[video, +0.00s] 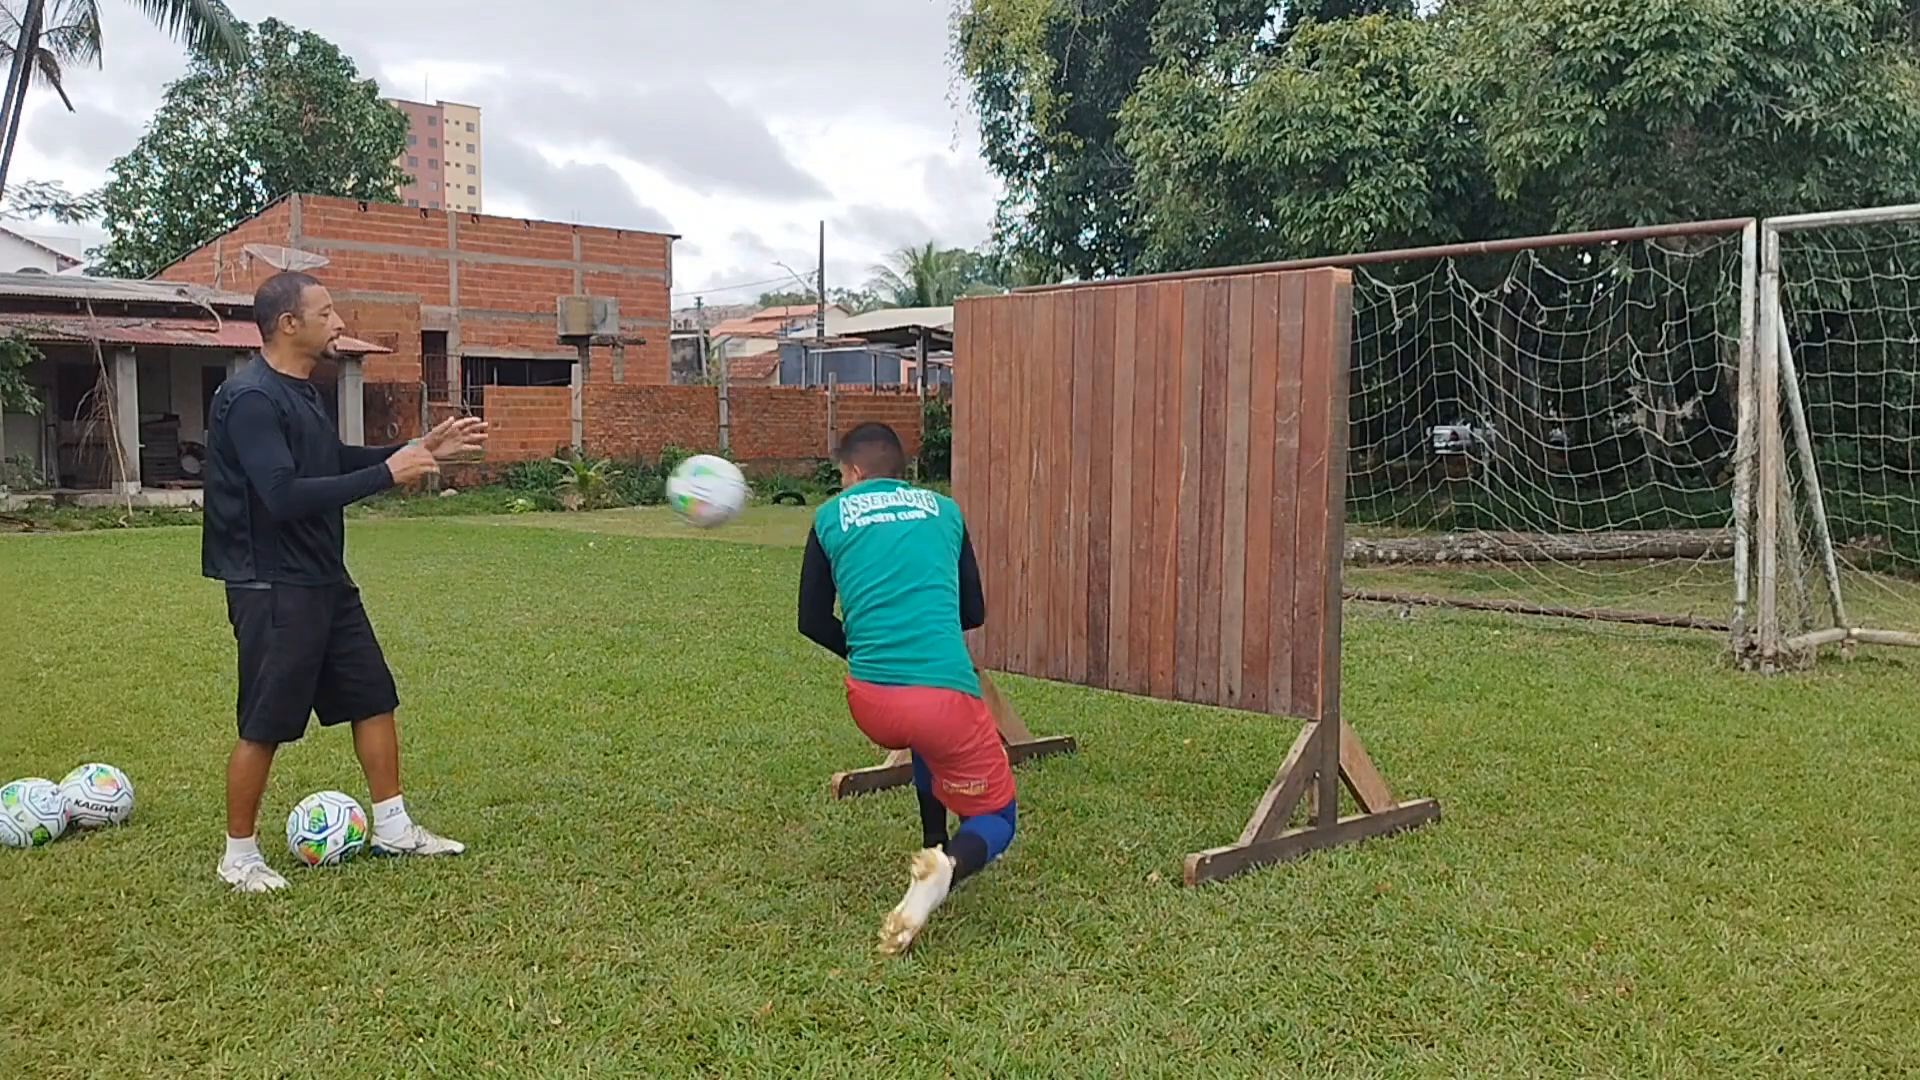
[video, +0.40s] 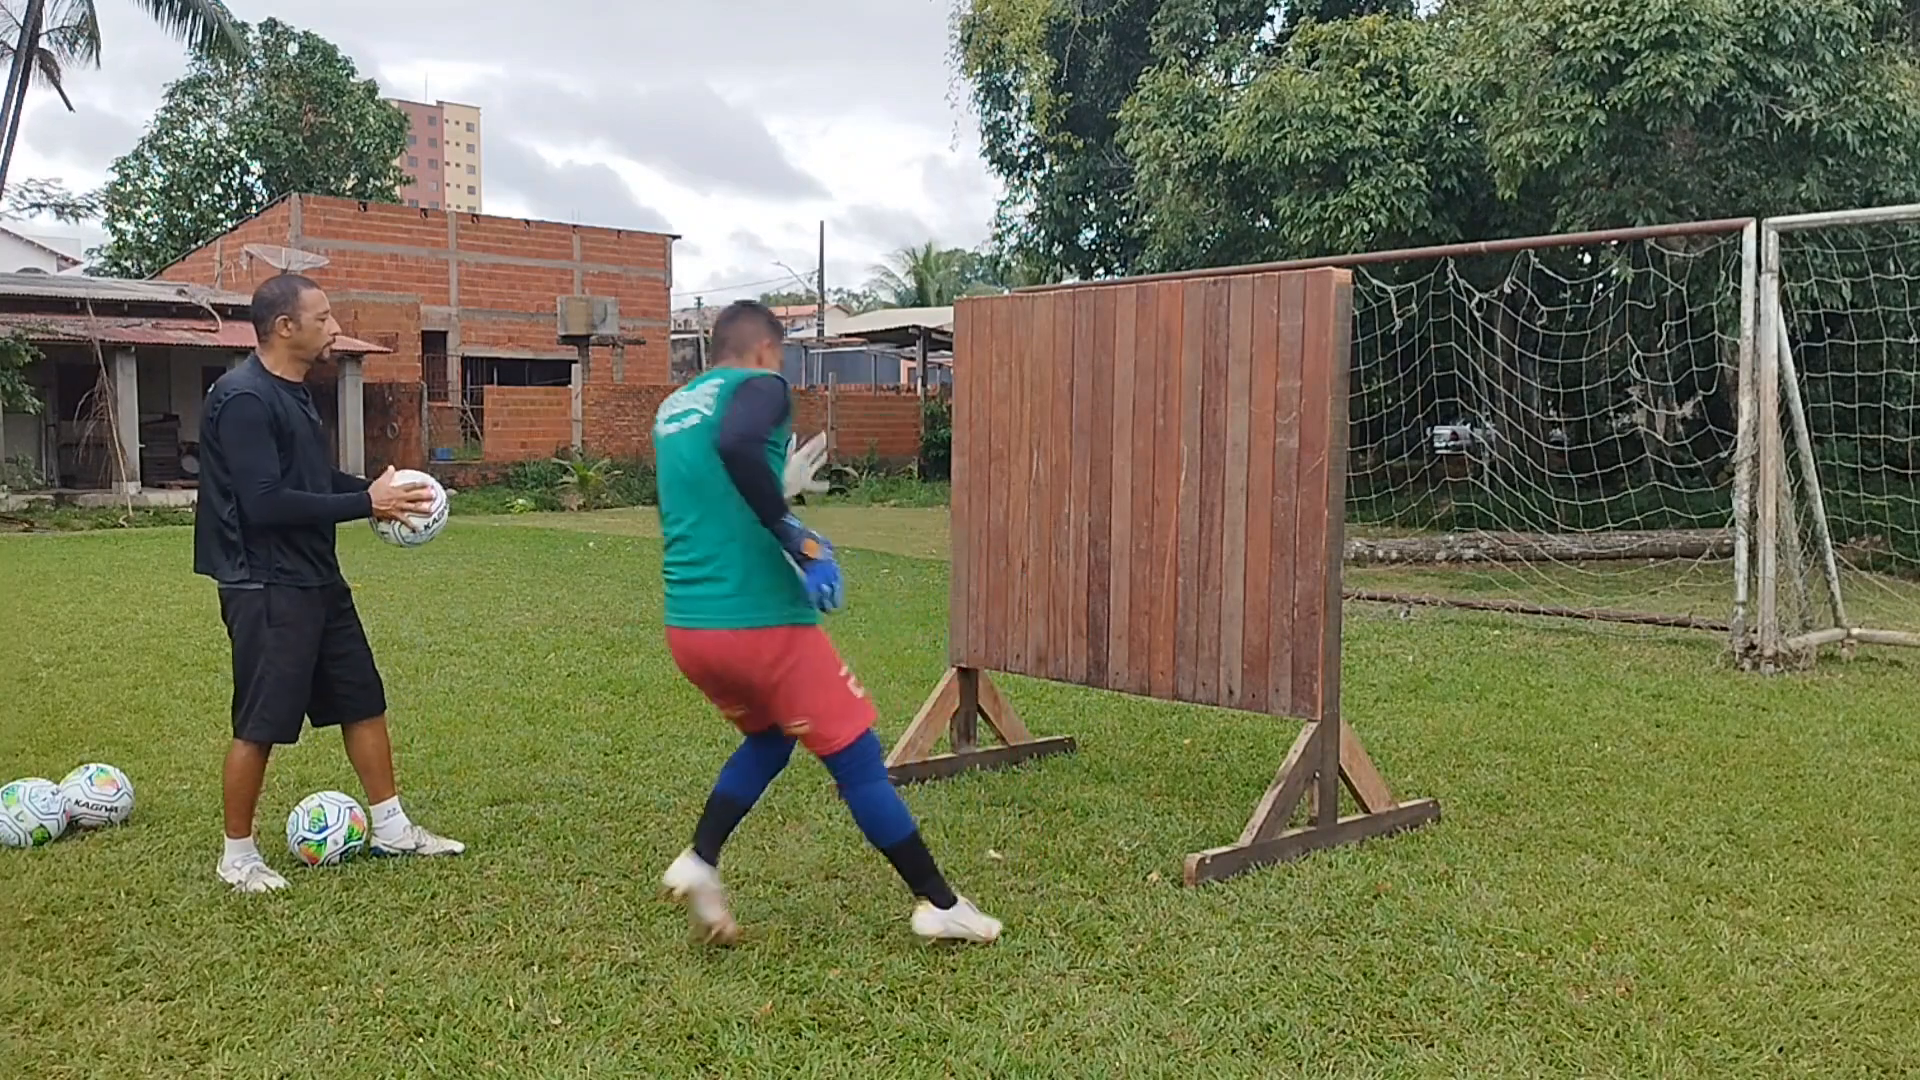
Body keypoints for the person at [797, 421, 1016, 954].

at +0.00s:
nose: (841, 481)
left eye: (841, 473)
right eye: (842, 474)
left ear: (852, 472)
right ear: (902, 469)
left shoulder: (831, 516)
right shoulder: (943, 509)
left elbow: (813, 621)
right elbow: (972, 612)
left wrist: (867, 647)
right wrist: (911, 623)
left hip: (872, 702)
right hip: (944, 704)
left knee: (926, 739)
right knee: (996, 817)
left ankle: (935, 847)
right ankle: (946, 866)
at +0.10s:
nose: (827, 440)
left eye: (826, 434)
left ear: (830, 434)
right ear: (885, 429)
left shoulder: (801, 489)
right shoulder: (920, 470)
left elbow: (789, 597)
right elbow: (973, 562)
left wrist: (836, 632)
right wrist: (996, 616)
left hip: (838, 681)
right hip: (910, 673)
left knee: (915, 729)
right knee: (996, 767)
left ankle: (940, 851)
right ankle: (922, 825)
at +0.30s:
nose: (846, 388)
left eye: (845, 382)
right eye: (846, 380)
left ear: (778, 375)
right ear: (836, 377)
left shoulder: (733, 431)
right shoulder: (846, 426)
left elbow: (723, 541)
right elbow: (864, 539)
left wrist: (790, 551)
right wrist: (894, 555)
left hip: (747, 647)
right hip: (828, 645)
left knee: (829, 707)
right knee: (912, 754)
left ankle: (850, 851)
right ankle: (943, 917)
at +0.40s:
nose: (780, 363)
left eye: (780, 353)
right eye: (779, 353)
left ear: (714, 350)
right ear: (764, 348)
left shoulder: (675, 405)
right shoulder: (763, 385)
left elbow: (710, 509)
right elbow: (736, 444)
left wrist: (790, 532)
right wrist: (793, 537)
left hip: (691, 632)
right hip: (761, 629)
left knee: (772, 735)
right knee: (857, 756)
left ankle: (698, 861)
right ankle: (940, 901)